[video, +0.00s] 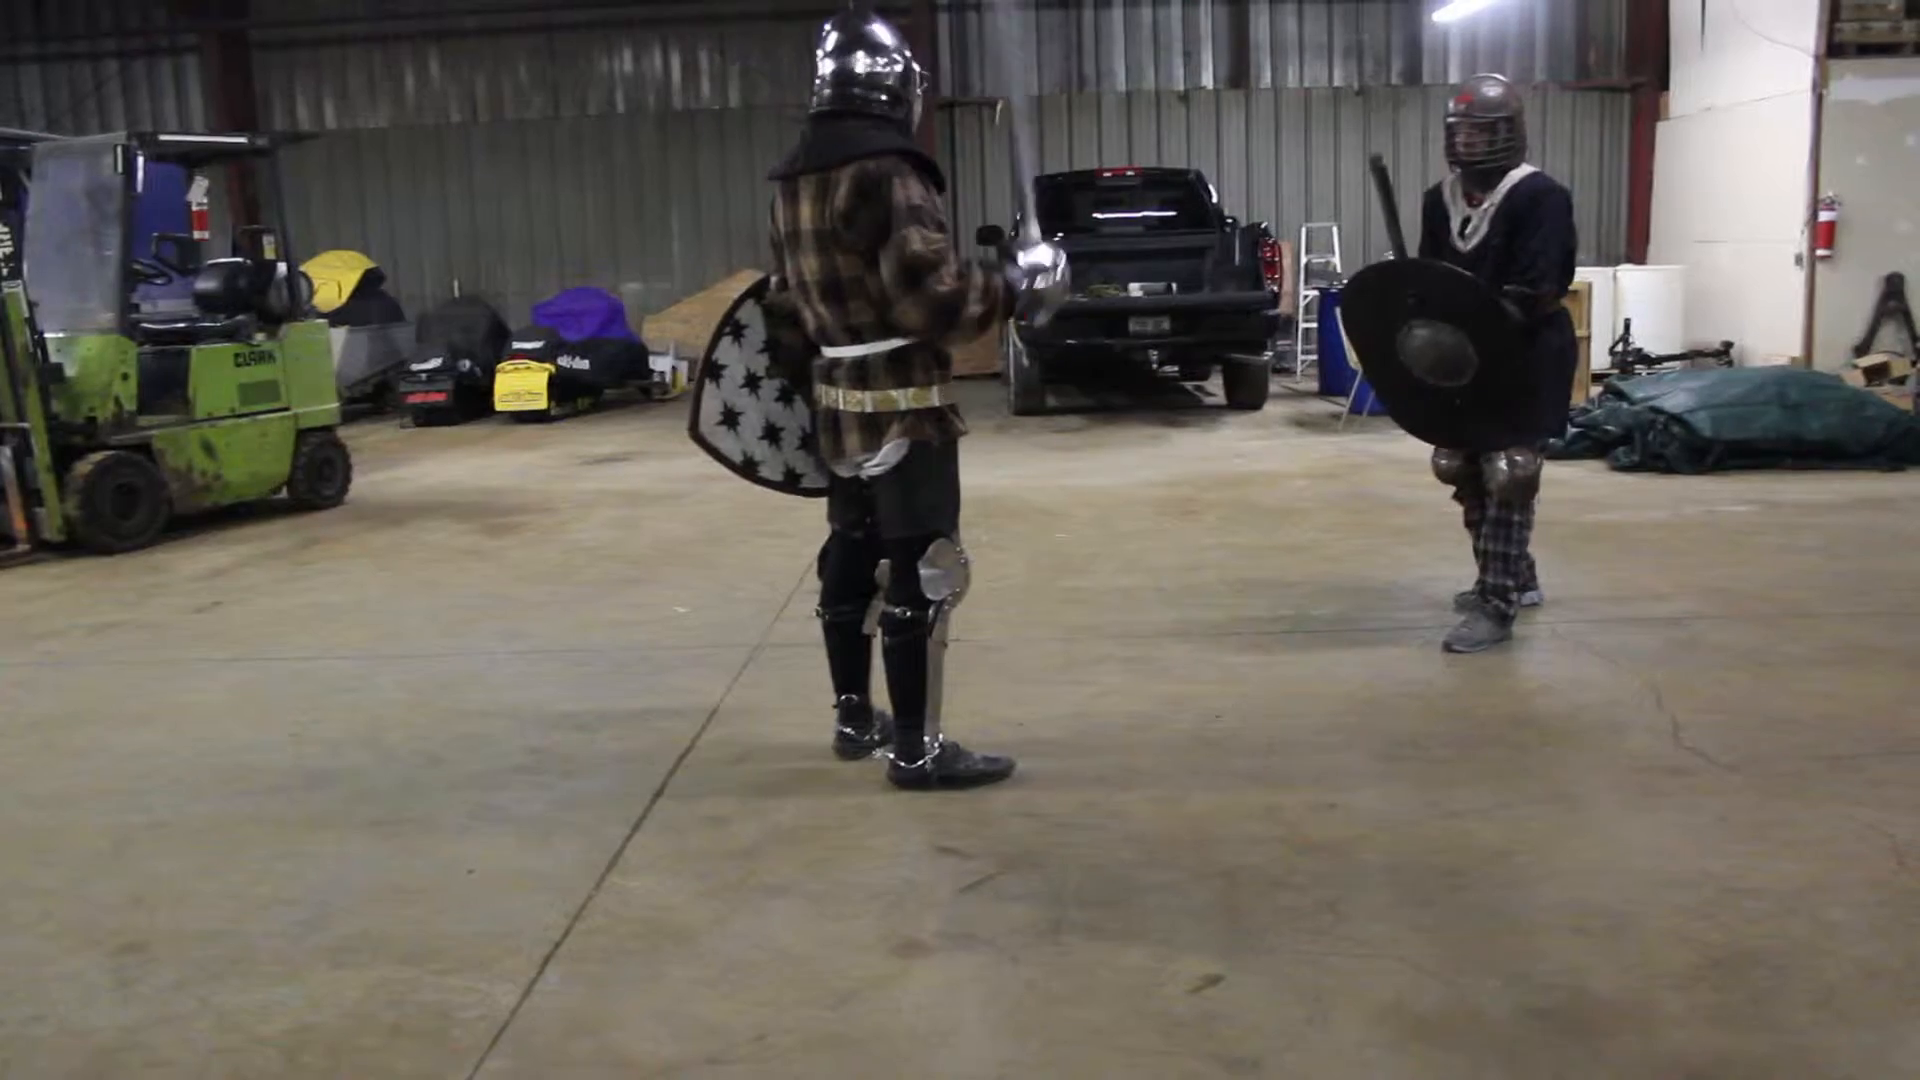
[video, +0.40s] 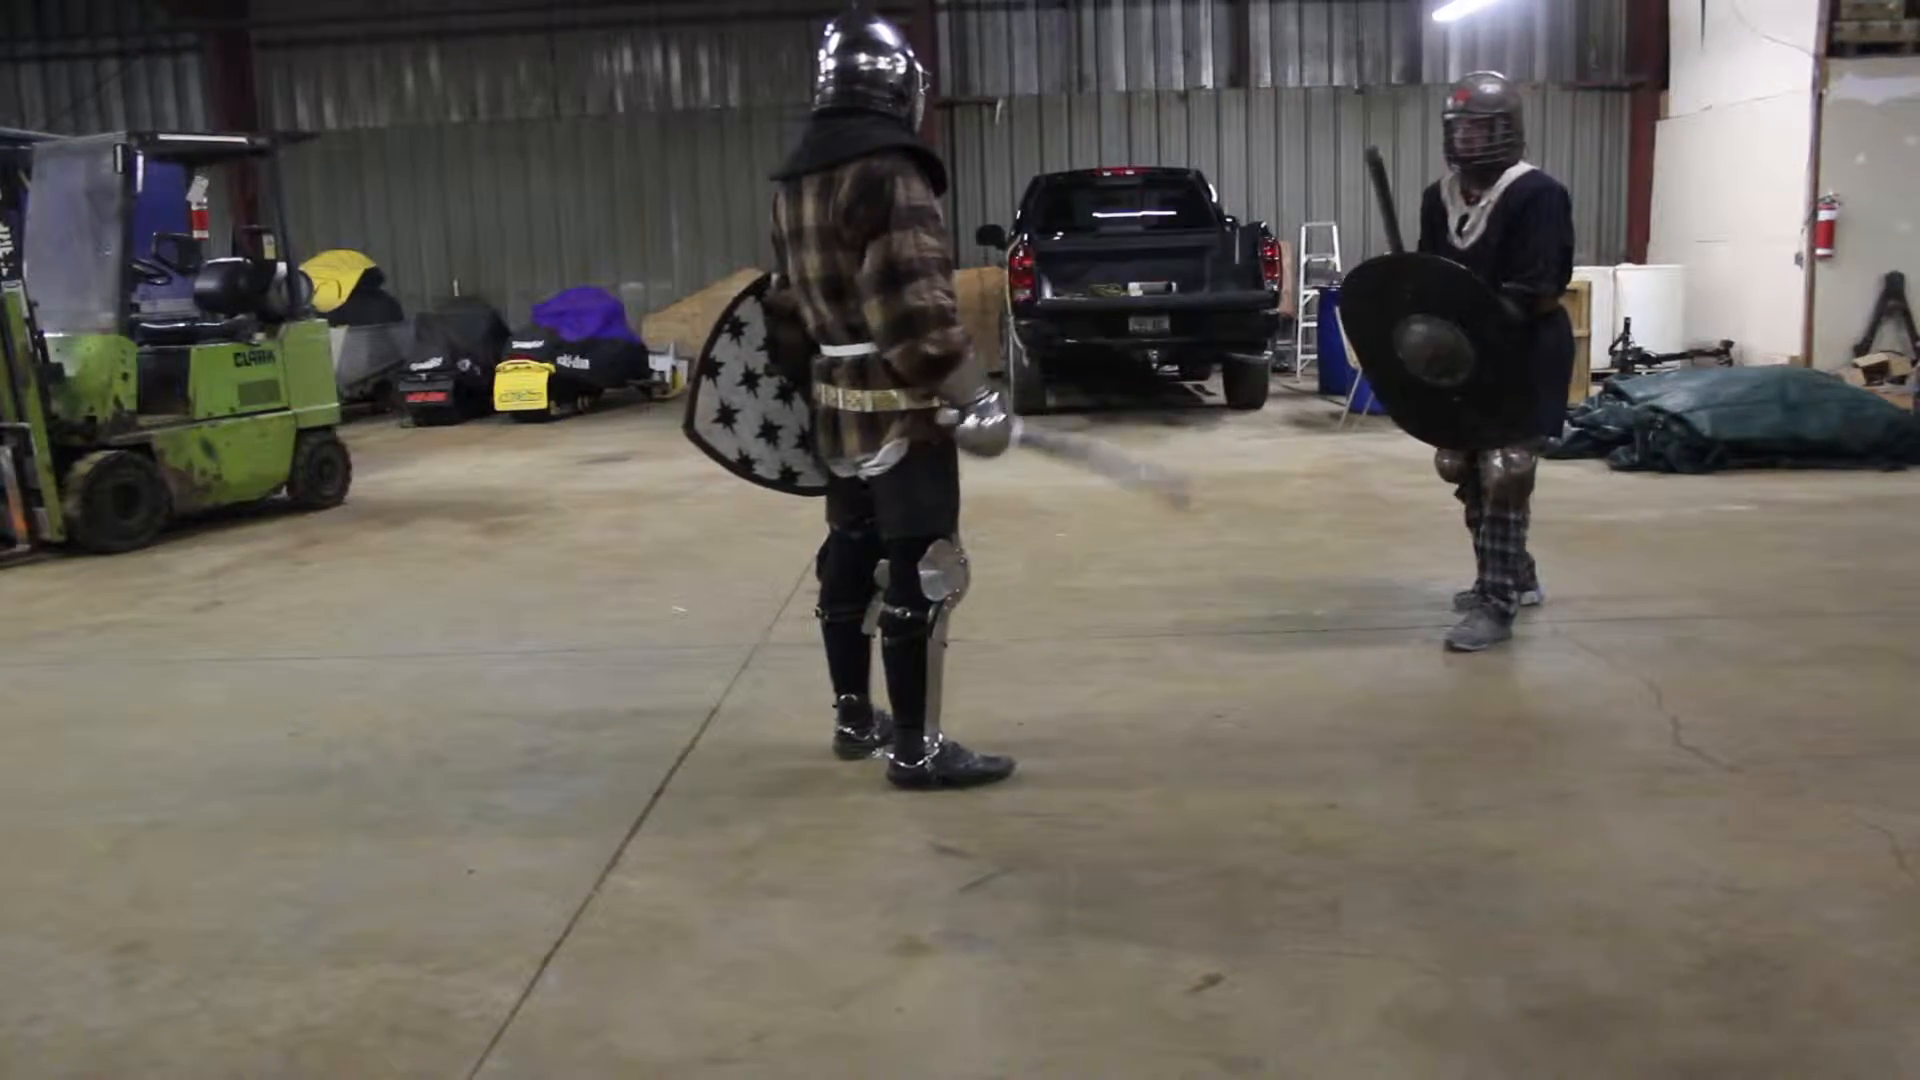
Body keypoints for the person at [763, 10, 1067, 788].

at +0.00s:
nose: (919, 106)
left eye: (916, 91)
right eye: (914, 92)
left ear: (828, 87)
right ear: (894, 91)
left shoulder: (795, 179)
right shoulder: (889, 176)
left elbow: (788, 302)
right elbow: (934, 300)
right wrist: (1014, 283)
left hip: (837, 406)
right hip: (906, 407)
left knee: (851, 549)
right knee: (922, 566)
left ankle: (854, 716)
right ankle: (919, 744)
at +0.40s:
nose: (923, 102)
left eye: (918, 88)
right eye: (917, 88)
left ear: (833, 85)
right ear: (900, 88)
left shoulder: (796, 174)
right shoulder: (892, 170)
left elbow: (785, 304)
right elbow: (915, 303)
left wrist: (820, 381)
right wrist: (970, 396)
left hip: (837, 409)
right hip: (901, 411)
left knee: (852, 551)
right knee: (920, 568)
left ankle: (855, 716)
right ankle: (917, 743)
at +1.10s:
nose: (922, 105)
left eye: (920, 90)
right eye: (917, 89)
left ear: (835, 79)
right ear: (895, 86)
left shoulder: (803, 165)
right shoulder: (878, 165)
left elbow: (794, 297)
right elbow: (887, 291)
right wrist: (979, 315)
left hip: (834, 396)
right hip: (895, 397)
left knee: (849, 549)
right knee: (917, 564)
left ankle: (855, 716)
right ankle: (919, 744)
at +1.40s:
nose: (913, 99)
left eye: (909, 85)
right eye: (907, 85)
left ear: (825, 82)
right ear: (888, 86)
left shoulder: (789, 178)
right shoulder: (872, 167)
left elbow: (759, 302)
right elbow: (923, 261)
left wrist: (817, 358)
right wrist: (1008, 211)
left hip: (837, 409)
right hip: (900, 407)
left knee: (850, 552)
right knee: (917, 567)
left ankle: (855, 715)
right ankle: (918, 745)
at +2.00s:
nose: (902, 91)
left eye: (897, 78)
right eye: (897, 78)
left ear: (814, 82)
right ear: (885, 84)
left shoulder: (787, 176)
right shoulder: (880, 165)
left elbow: (764, 257)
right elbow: (960, 193)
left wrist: (825, 301)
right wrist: (1016, 87)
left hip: (842, 398)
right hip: (911, 399)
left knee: (852, 551)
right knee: (924, 565)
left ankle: (855, 716)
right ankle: (919, 745)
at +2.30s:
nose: (905, 92)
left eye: (901, 77)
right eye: (897, 78)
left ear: (811, 84)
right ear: (881, 82)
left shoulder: (790, 180)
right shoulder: (883, 166)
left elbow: (781, 259)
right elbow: (974, 171)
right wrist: (1000, 60)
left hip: (845, 402)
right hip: (912, 403)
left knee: (854, 555)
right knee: (923, 569)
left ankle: (856, 716)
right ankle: (918, 745)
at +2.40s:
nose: (906, 94)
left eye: (908, 79)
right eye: (900, 78)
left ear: (816, 84)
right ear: (880, 83)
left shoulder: (790, 178)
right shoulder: (885, 166)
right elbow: (986, 152)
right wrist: (985, 52)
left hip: (846, 398)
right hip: (911, 399)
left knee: (856, 551)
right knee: (925, 568)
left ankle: (855, 715)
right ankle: (918, 745)